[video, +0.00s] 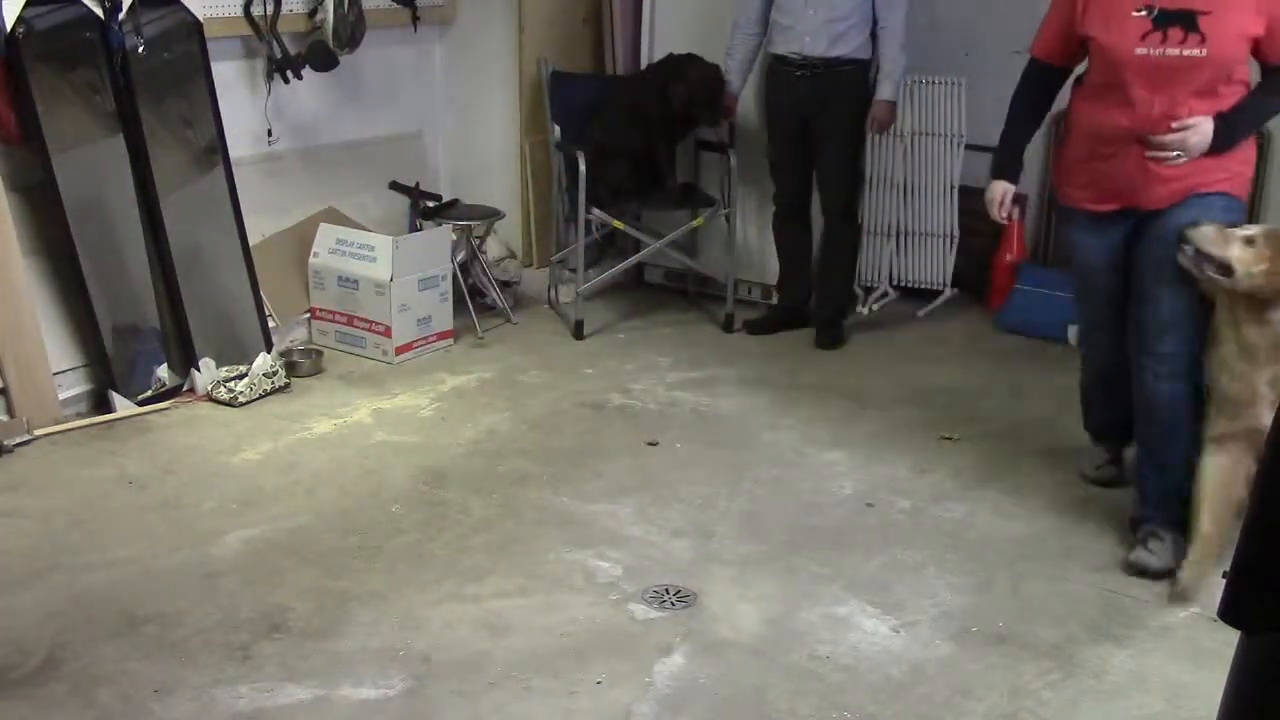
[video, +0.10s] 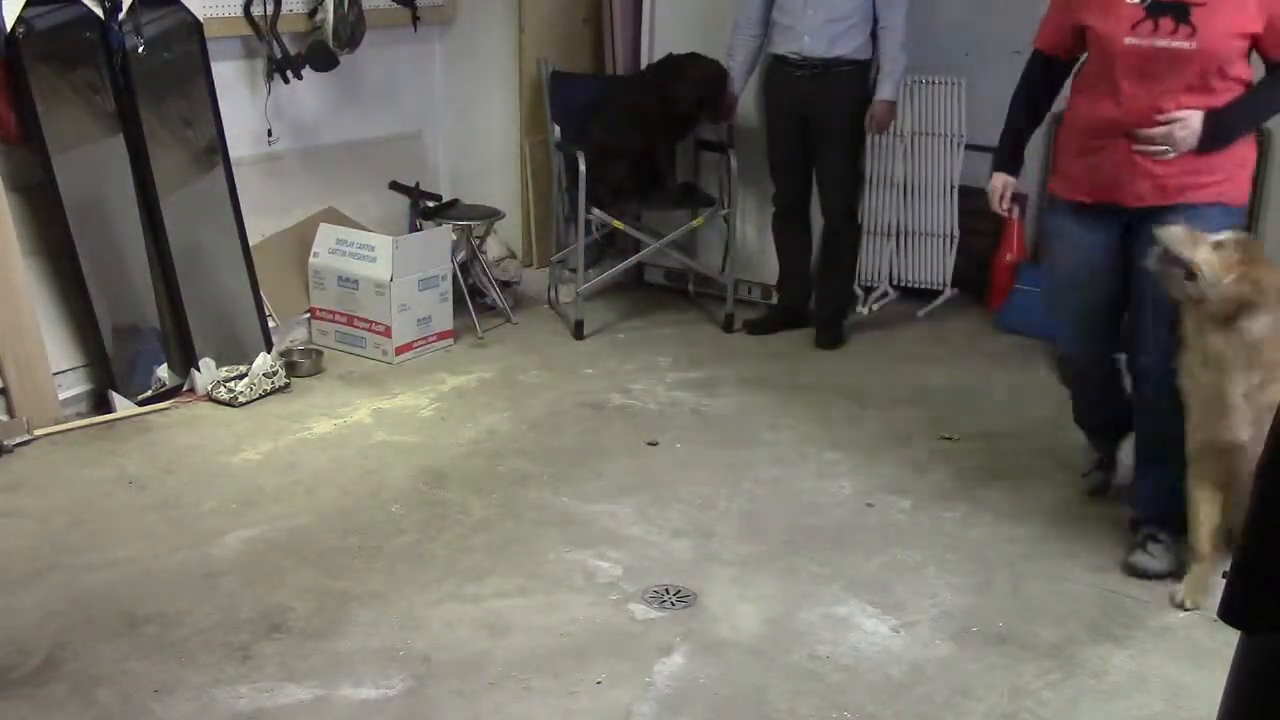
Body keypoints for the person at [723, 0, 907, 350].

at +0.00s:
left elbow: (892, 21)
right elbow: (751, 18)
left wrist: (886, 95)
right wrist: (732, 85)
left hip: (845, 80)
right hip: (784, 77)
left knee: (839, 205)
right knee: (789, 201)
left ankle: (831, 314)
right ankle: (792, 306)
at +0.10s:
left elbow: (892, 21)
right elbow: (751, 20)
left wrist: (886, 95)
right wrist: (732, 86)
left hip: (844, 80)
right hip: (783, 77)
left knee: (839, 207)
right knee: (788, 202)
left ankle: (831, 314)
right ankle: (791, 305)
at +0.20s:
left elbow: (892, 22)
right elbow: (752, 20)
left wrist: (886, 95)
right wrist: (734, 86)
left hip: (844, 79)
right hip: (784, 77)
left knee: (839, 207)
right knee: (787, 202)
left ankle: (831, 315)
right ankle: (791, 305)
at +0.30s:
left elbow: (891, 21)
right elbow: (754, 19)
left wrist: (885, 97)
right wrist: (734, 84)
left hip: (844, 78)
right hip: (784, 76)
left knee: (839, 207)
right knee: (787, 202)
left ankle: (831, 315)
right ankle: (791, 305)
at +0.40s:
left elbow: (891, 23)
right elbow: (754, 20)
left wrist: (883, 98)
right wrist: (733, 84)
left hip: (843, 79)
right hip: (783, 76)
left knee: (839, 209)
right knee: (788, 203)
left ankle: (831, 315)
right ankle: (791, 306)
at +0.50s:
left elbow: (891, 23)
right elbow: (754, 19)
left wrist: (882, 97)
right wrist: (732, 85)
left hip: (843, 78)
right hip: (782, 76)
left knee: (839, 210)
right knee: (788, 204)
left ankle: (831, 316)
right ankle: (791, 306)